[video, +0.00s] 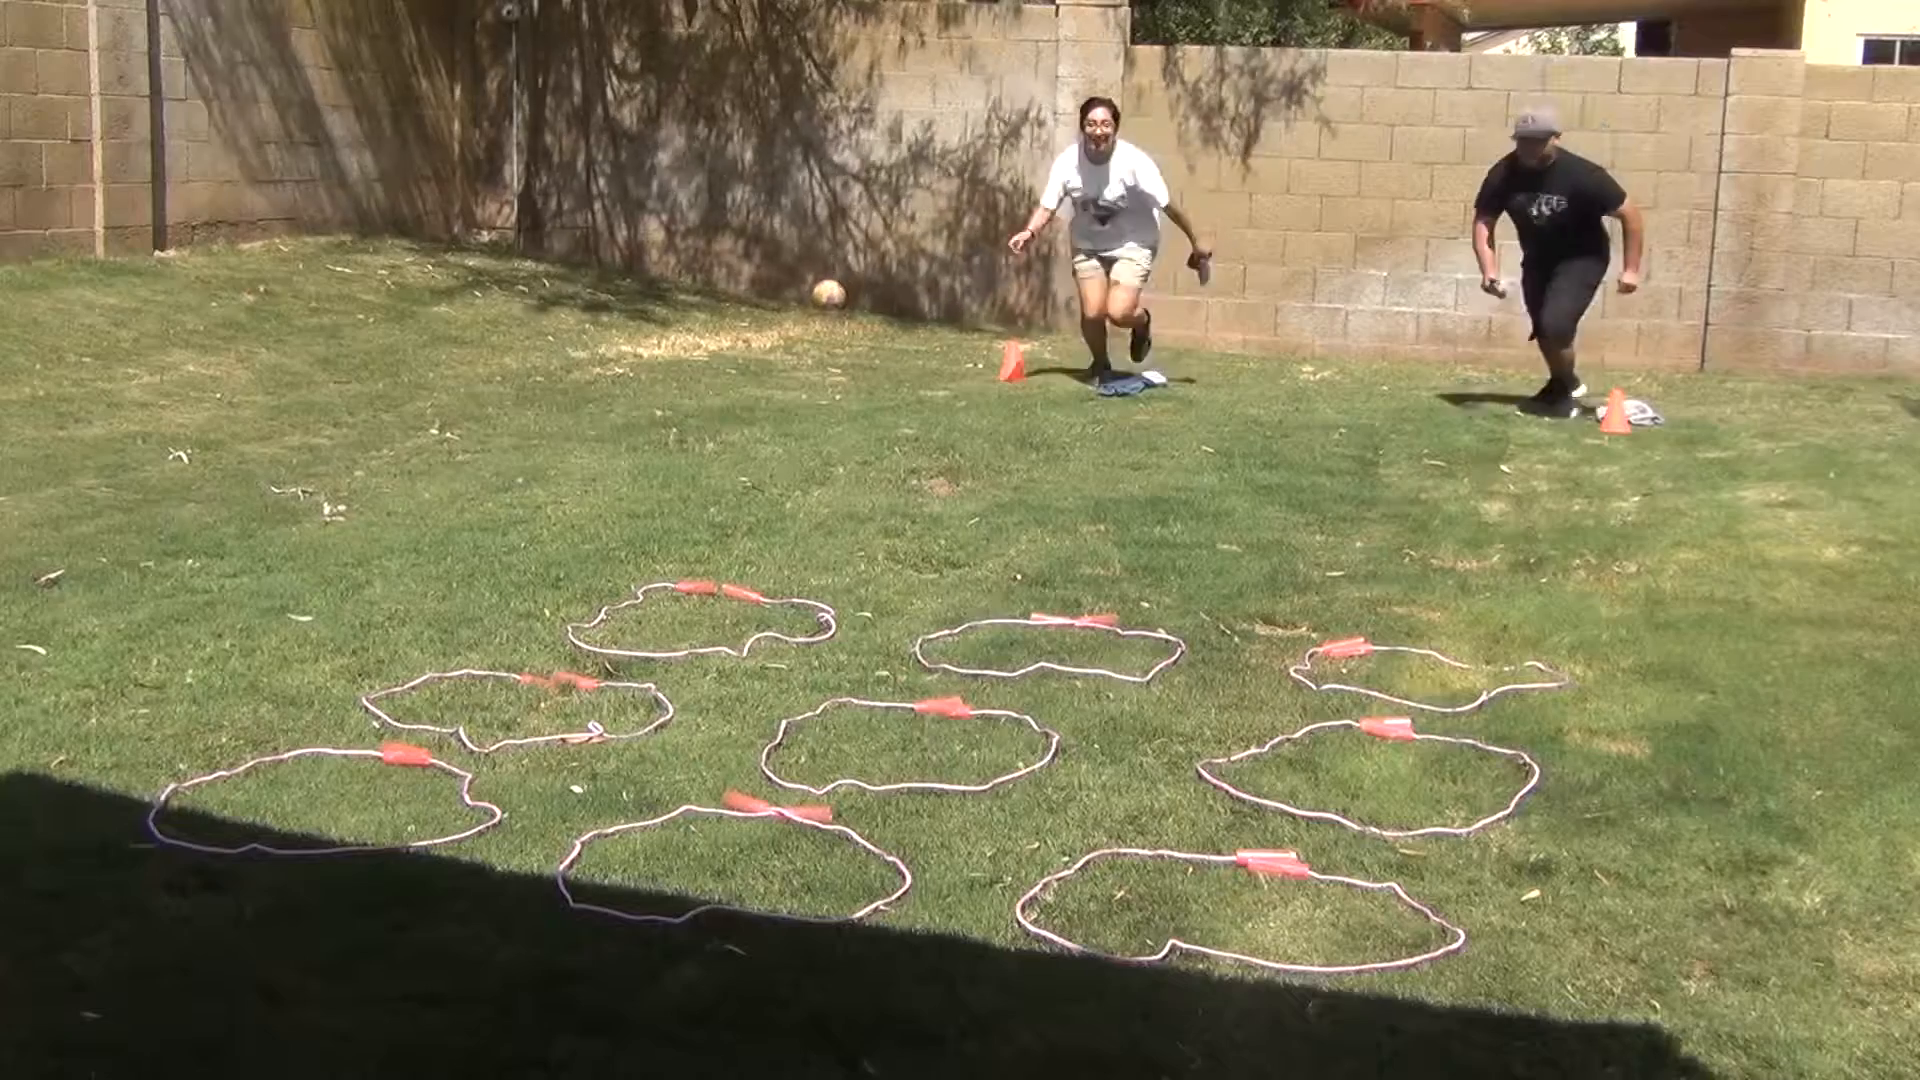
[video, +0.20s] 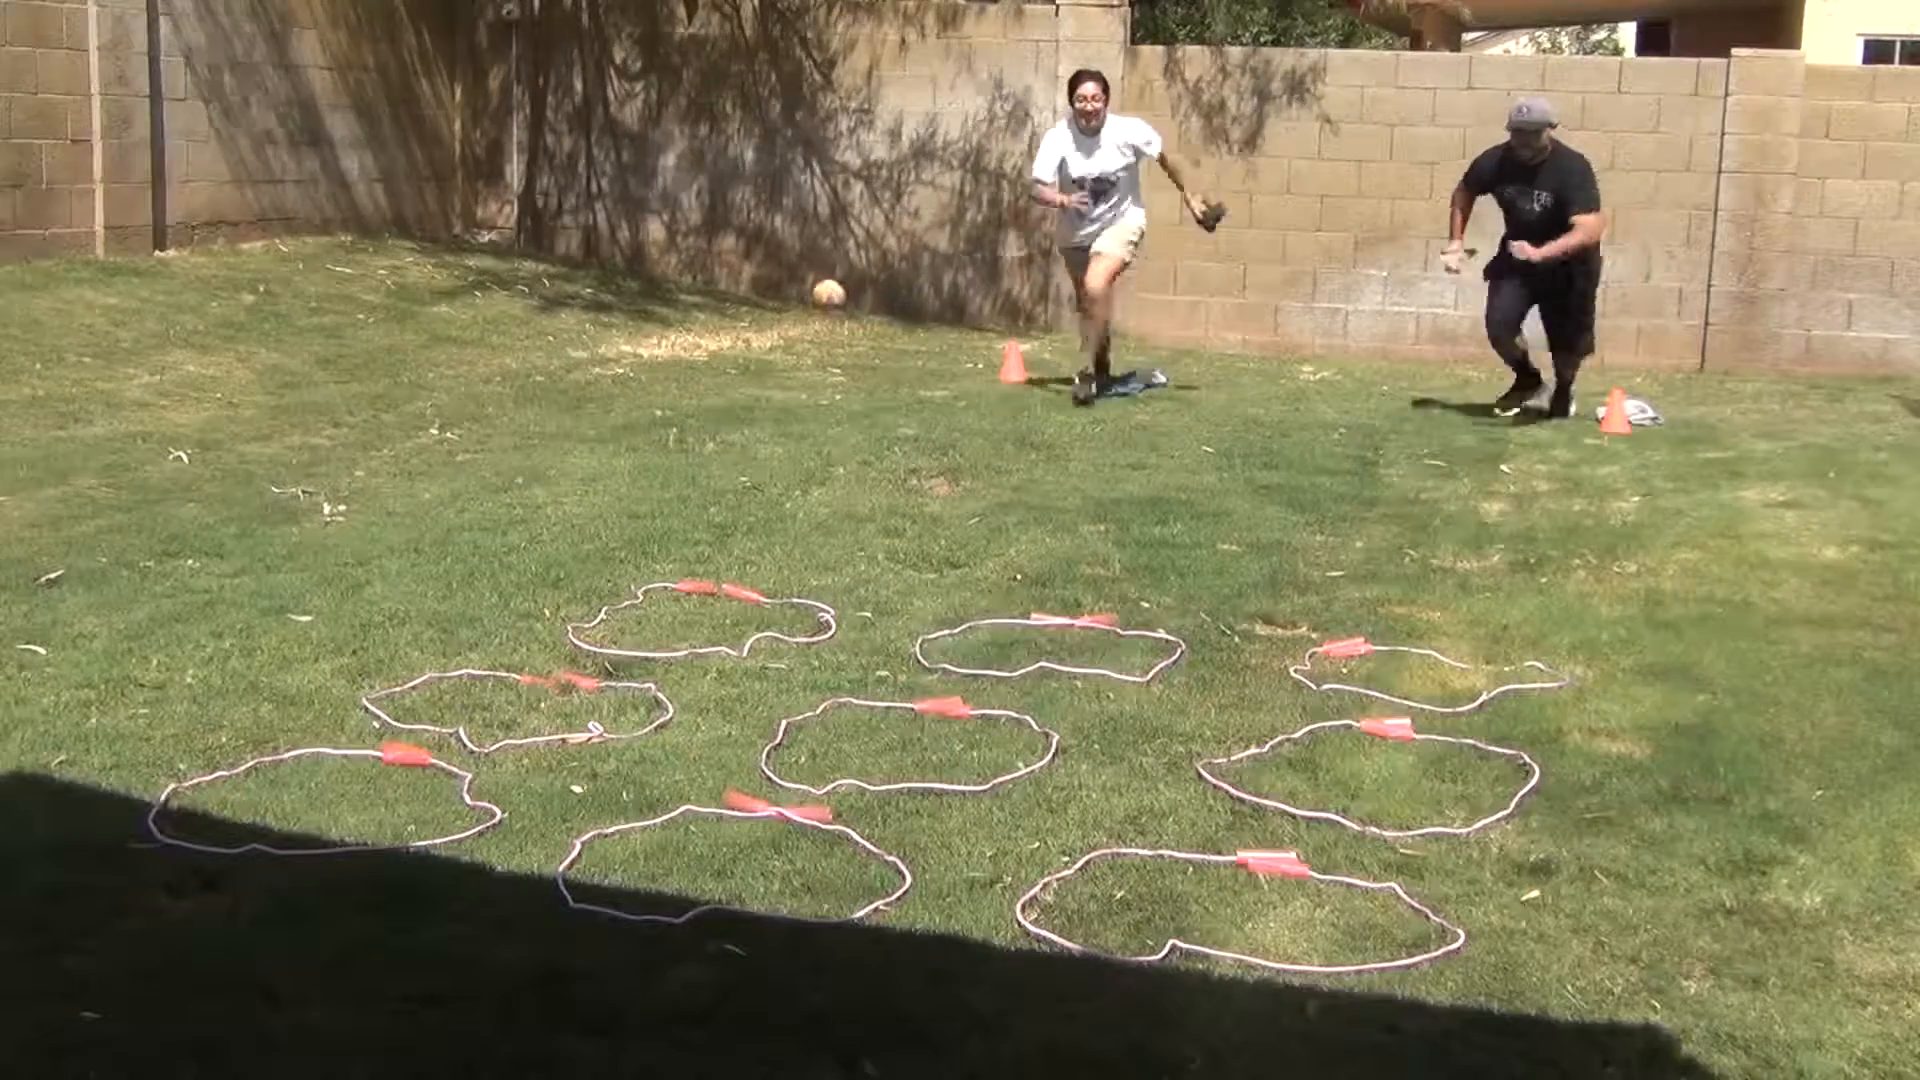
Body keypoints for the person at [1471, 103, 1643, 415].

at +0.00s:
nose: (1529, 149)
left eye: (1538, 141)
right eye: (1523, 141)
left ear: (1555, 139)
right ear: (1516, 141)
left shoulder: (1582, 175)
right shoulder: (1504, 175)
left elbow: (1630, 213)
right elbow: (1483, 220)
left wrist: (1631, 270)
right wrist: (1489, 271)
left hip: (1583, 256)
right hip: (1538, 258)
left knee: (1555, 327)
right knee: (1543, 331)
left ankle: (1564, 386)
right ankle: (1563, 383)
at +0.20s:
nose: (1523, 140)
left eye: (1532, 133)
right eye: (1517, 132)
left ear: (1549, 132)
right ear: (1509, 132)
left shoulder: (1572, 168)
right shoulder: (1495, 163)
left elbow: (1590, 229)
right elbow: (1464, 192)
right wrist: (1456, 242)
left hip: (1569, 267)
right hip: (1516, 261)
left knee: (1567, 344)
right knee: (1499, 331)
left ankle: (1563, 393)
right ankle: (1527, 378)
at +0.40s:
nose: (1494, 127)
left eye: (1504, 119)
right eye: (1489, 119)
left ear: (1524, 120)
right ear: (1481, 119)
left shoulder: (1557, 162)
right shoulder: (1469, 166)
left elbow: (1595, 217)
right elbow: (1447, 216)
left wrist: (1554, 268)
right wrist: (1450, 271)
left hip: (1555, 278)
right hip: (1498, 275)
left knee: (1538, 358)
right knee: (1488, 358)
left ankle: (1557, 368)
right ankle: (1511, 421)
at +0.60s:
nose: (1495, 97)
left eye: (1505, 88)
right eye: (1488, 87)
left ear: (1521, 89)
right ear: (1476, 89)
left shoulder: (1555, 134)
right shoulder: (1453, 143)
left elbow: (1598, 173)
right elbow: (1419, 202)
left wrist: (1587, 237)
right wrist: (1440, 248)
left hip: (1535, 254)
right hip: (1478, 258)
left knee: (1522, 340)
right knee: (1487, 356)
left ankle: (1509, 443)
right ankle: (1503, 383)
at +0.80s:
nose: (1471, 84)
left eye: (1481, 75)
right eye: (1463, 75)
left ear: (1497, 77)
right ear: (1448, 77)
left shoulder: (1531, 132)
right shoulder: (1424, 137)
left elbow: (1582, 187)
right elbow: (1388, 198)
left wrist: (1568, 238)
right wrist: (1401, 254)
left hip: (1517, 272)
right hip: (1449, 272)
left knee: (1513, 380)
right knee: (1442, 360)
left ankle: (1509, 464)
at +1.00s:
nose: (1433, 98)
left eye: (1443, 88)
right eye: (1424, 87)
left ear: (1461, 92)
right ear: (1409, 90)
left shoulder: (1497, 151)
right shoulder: (1379, 156)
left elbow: (1547, 198)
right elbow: (1340, 222)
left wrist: (1556, 259)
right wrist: (1353, 259)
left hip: (1472, 298)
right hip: (1403, 297)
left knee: (1474, 400)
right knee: (1403, 395)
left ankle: (1464, 473)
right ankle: (1402, 500)